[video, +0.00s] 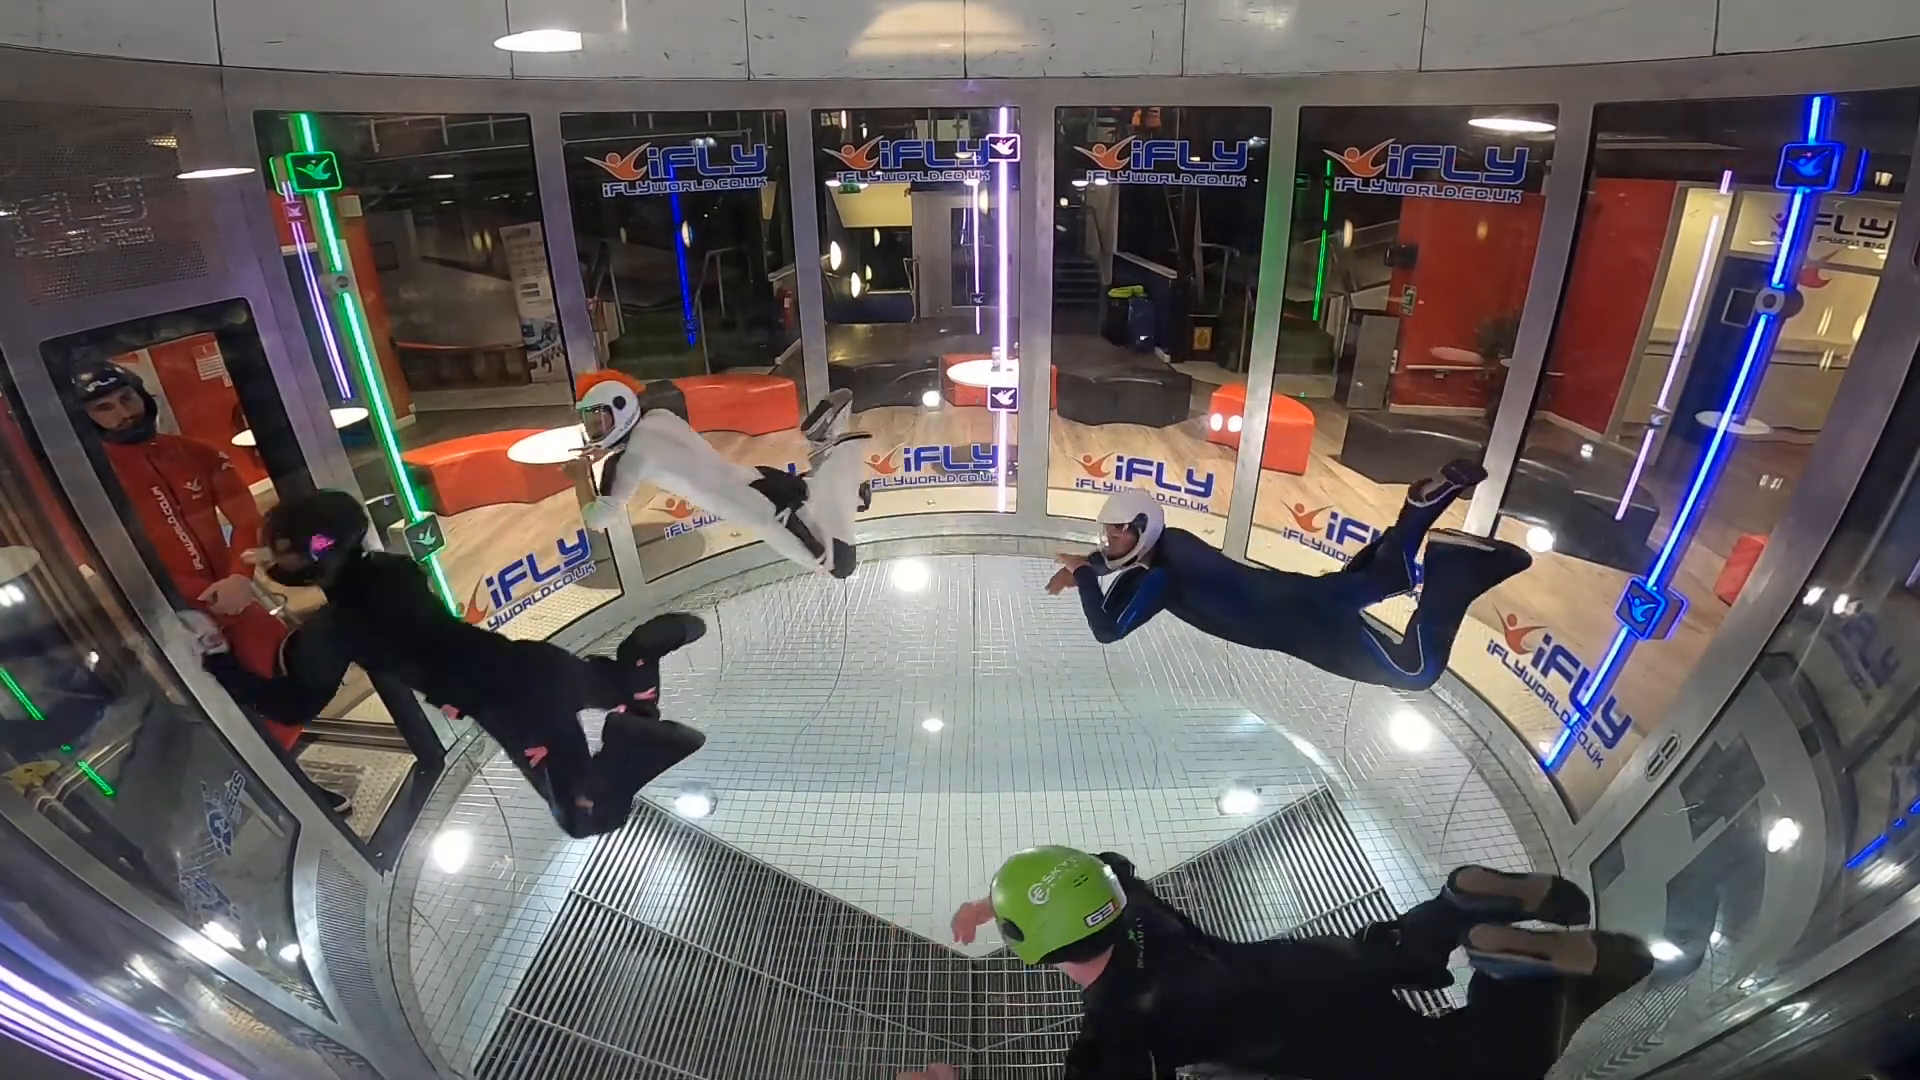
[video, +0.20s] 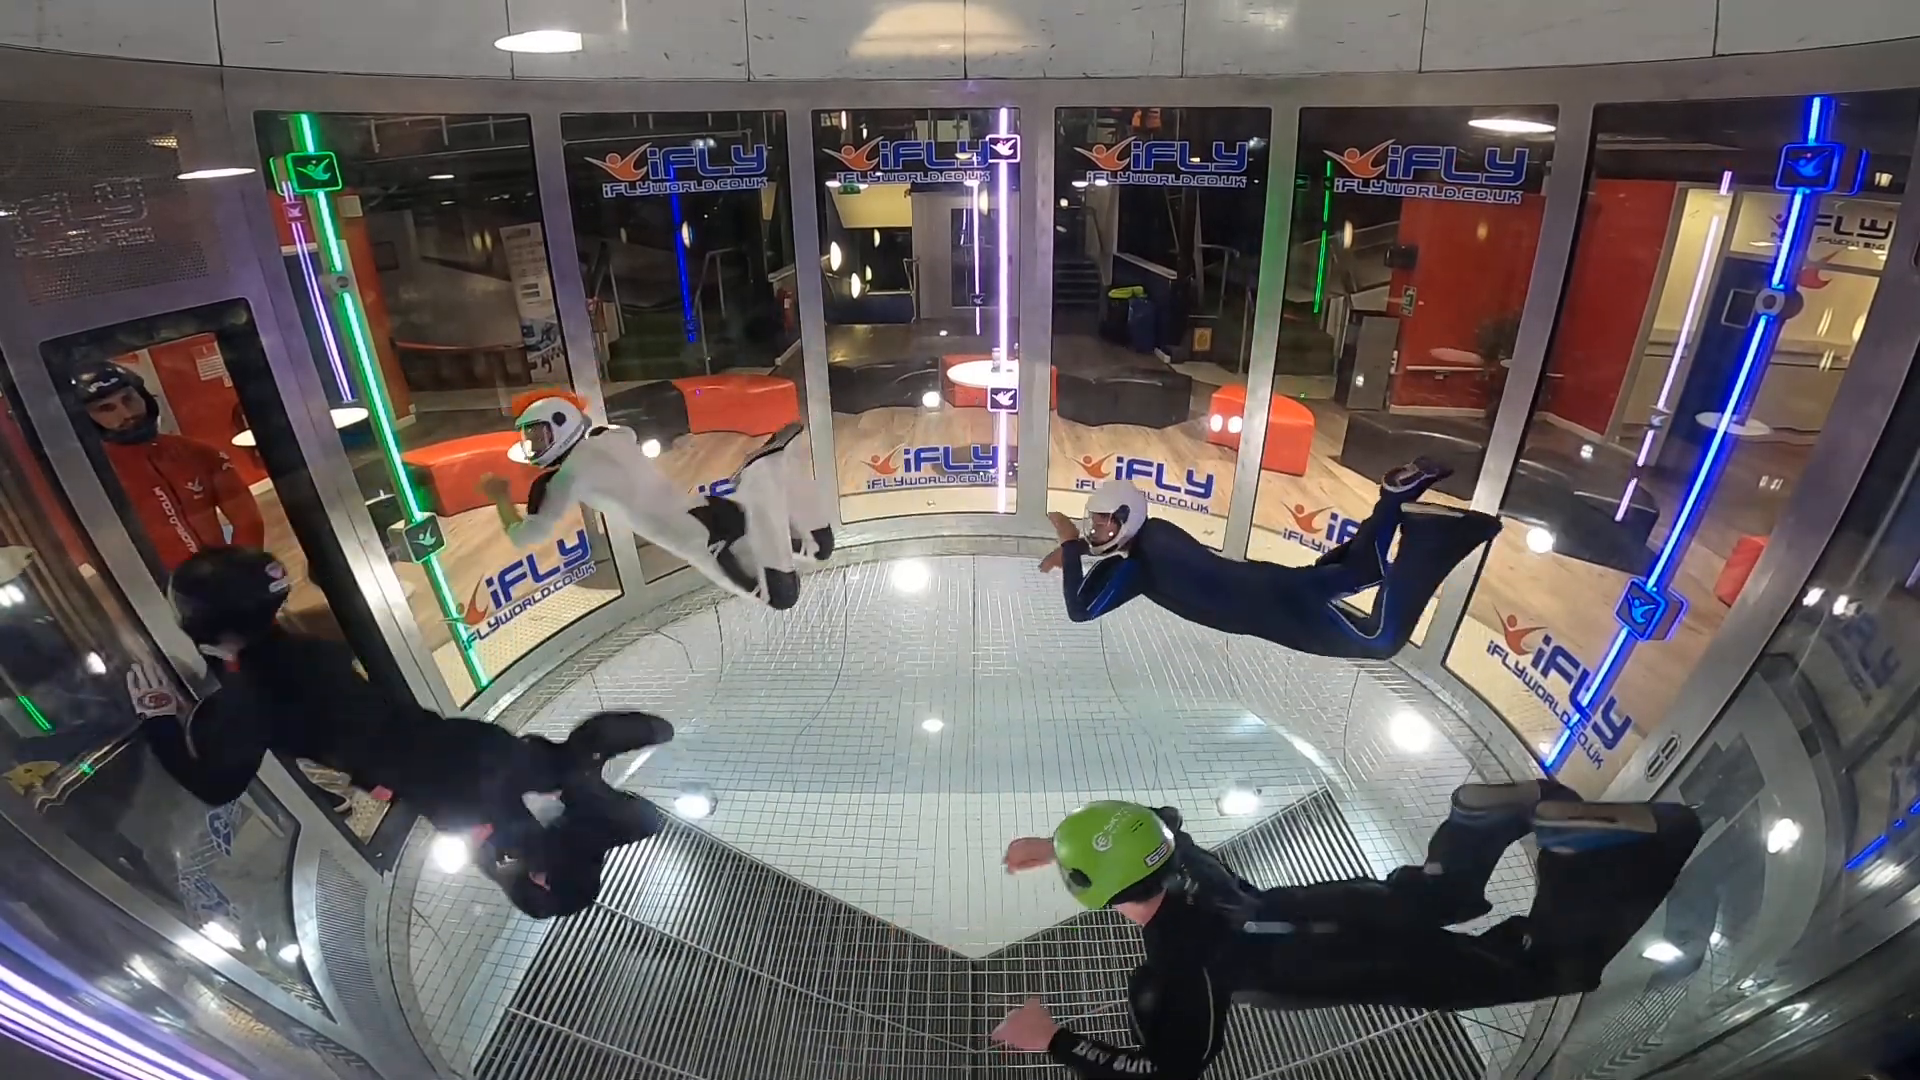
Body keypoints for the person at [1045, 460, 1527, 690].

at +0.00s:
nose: (1109, 541)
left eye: (1117, 532)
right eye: (1107, 531)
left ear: (1140, 534)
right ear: (1126, 531)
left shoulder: (1161, 572)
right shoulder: (1160, 544)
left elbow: (1106, 629)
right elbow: (1121, 602)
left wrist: (1084, 575)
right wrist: (1083, 578)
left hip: (1310, 626)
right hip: (1306, 595)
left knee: (1416, 673)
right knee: (1377, 573)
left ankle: (1450, 576)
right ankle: (1432, 499)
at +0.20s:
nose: (1097, 530)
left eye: (1104, 522)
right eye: (1094, 521)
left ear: (1127, 523)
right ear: (1116, 522)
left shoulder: (1140, 560)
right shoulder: (1147, 536)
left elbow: (1081, 608)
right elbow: (1102, 586)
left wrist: (1070, 546)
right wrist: (1073, 556)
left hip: (1282, 611)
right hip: (1278, 584)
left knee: (1382, 639)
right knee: (1355, 568)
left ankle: (1424, 551)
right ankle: (1396, 499)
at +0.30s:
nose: (1081, 528)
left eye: (1086, 520)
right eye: (1079, 519)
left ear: (1104, 522)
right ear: (1105, 519)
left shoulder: (1125, 554)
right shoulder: (1129, 536)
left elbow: (1064, 598)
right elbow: (1085, 580)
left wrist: (1054, 541)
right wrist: (1056, 552)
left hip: (1246, 594)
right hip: (1240, 576)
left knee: (1351, 619)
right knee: (1326, 570)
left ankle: (1389, 523)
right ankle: (1370, 500)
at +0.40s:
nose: (1060, 525)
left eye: (1065, 516)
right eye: (1060, 517)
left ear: (1084, 517)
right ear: (1089, 513)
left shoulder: (1104, 548)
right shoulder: (1111, 529)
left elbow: (1045, 592)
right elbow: (1056, 584)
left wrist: (1027, 545)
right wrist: (1036, 546)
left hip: (1228, 582)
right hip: (1225, 567)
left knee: (1321, 605)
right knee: (1304, 565)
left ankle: (1350, 502)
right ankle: (1345, 489)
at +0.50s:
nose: (1036, 518)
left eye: (1039, 510)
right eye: (1034, 511)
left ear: (1057, 511)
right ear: (1066, 502)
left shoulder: (1075, 542)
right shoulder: (1089, 516)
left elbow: (1022, 588)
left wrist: (996, 542)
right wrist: (1029, 540)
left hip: (1191, 577)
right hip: (1193, 554)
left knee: (1292, 600)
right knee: (1274, 541)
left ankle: (1312, 498)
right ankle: (1310, 471)